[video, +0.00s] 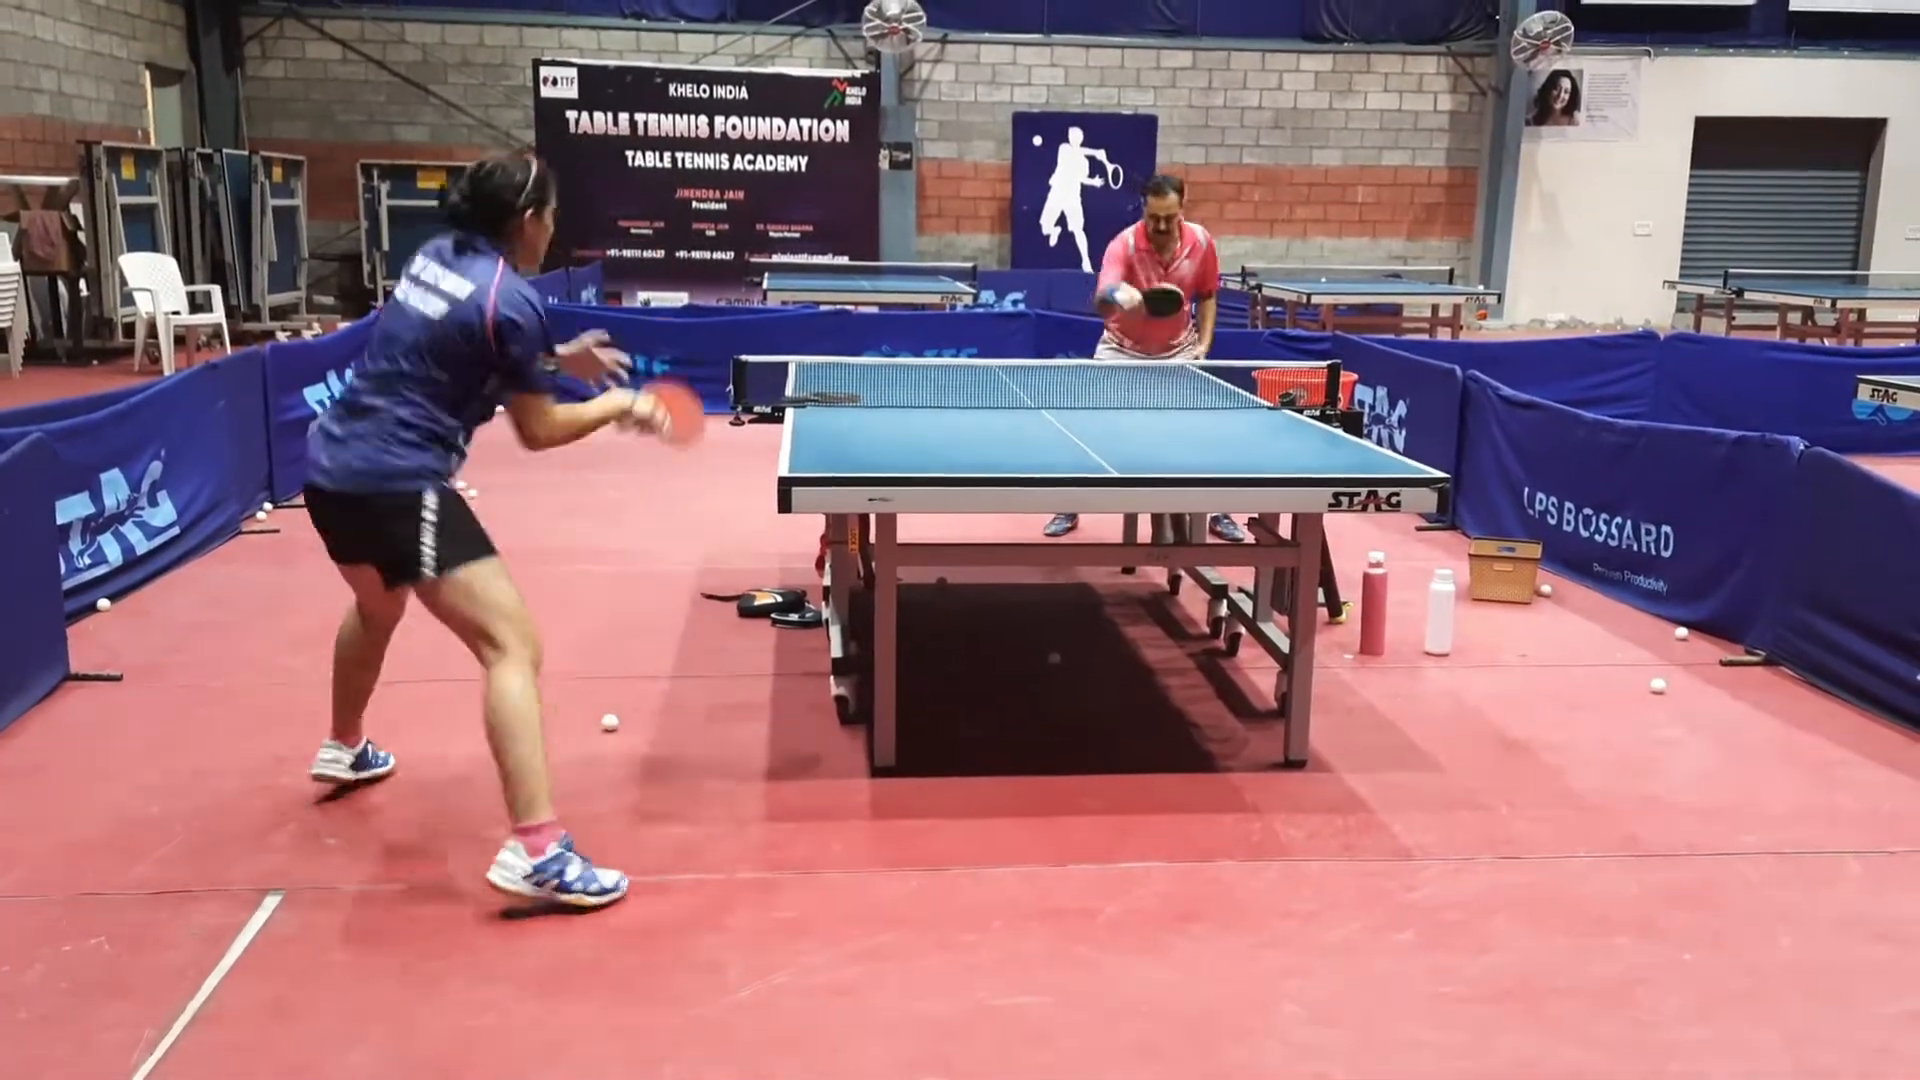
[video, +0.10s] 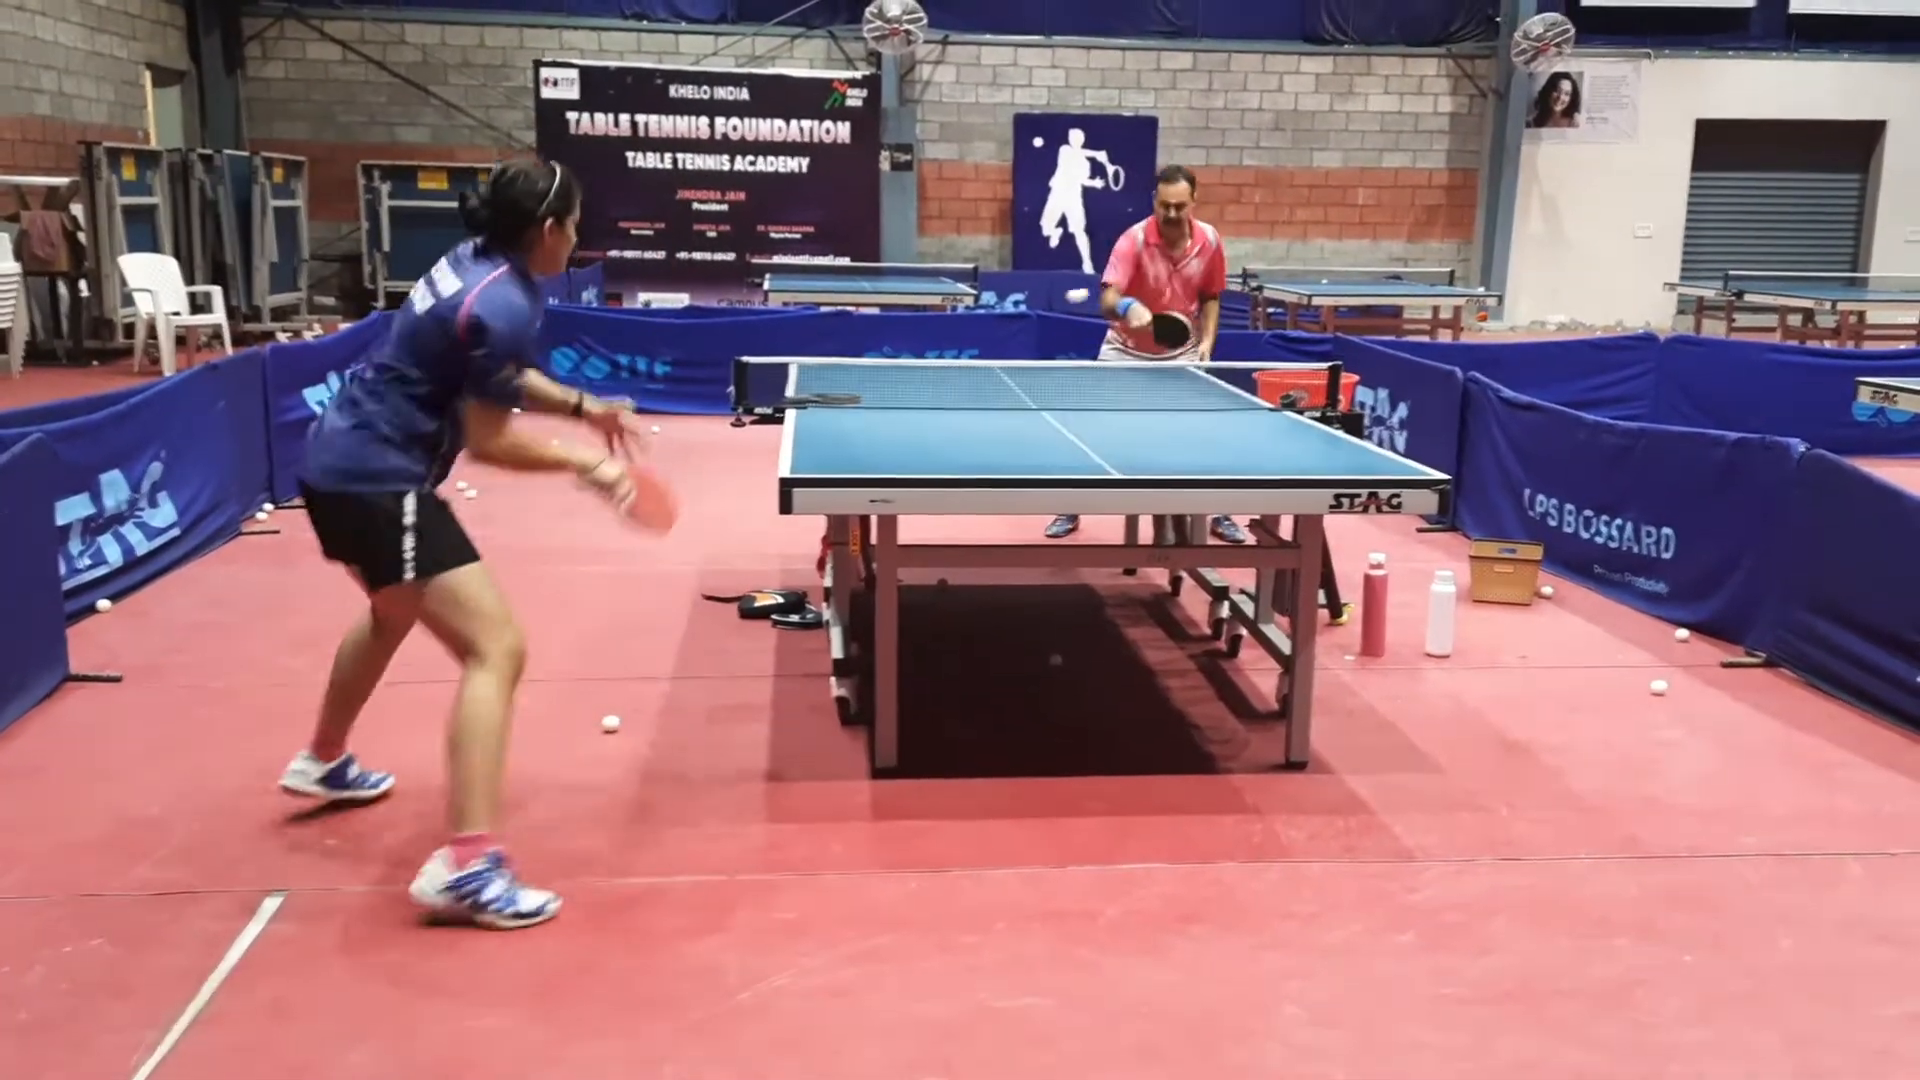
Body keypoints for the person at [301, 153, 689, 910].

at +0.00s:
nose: (551, 230)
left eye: (550, 215)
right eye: (548, 216)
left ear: (479, 210)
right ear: (527, 220)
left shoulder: (439, 252)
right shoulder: (511, 302)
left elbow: (467, 358)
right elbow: (538, 426)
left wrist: (559, 356)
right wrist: (620, 408)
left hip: (330, 470)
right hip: (403, 481)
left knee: (377, 603)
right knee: (511, 648)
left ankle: (341, 747)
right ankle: (537, 849)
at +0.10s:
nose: (573, 239)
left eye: (573, 225)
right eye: (570, 226)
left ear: (510, 221)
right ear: (543, 230)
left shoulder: (475, 262)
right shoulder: (505, 308)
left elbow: (499, 374)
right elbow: (484, 439)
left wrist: (583, 407)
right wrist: (579, 463)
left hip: (336, 464)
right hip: (381, 479)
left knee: (392, 614)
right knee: (498, 651)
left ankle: (320, 760)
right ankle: (469, 861)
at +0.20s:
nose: (590, 286)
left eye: (589, 273)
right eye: (584, 273)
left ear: (538, 274)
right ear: (552, 280)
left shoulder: (520, 337)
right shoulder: (483, 351)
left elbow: (534, 429)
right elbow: (431, 481)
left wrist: (597, 484)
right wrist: (538, 529)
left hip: (367, 507)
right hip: (367, 515)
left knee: (411, 650)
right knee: (501, 671)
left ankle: (309, 776)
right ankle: (459, 873)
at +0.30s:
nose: (588, 333)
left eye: (587, 319)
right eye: (581, 320)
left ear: (538, 322)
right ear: (547, 325)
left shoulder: (537, 388)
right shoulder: (451, 391)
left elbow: (551, 476)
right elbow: (379, 508)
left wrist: (586, 551)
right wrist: (476, 578)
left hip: (393, 539)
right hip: (349, 541)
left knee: (435, 669)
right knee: (499, 678)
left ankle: (307, 778)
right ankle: (456, 879)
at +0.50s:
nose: (550, 353)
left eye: (550, 340)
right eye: (542, 340)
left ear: (500, 342)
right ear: (495, 344)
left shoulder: (521, 393)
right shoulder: (396, 411)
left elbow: (544, 485)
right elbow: (326, 527)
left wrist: (574, 582)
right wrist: (366, 620)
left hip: (407, 548)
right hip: (351, 549)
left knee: (424, 689)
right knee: (478, 673)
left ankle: (303, 781)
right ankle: (451, 883)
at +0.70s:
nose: (501, 275)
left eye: (503, 260)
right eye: (492, 262)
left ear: (445, 257)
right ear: (441, 259)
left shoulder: (422, 289)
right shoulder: (417, 346)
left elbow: (482, 344)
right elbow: (484, 456)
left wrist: (584, 345)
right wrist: (576, 420)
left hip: (356, 507)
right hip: (362, 516)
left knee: (399, 659)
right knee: (478, 671)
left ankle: (293, 784)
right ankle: (452, 879)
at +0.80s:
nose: (507, 223)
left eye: (509, 209)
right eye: (498, 211)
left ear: (438, 208)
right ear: (453, 212)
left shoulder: (384, 241)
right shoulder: (456, 277)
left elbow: (444, 278)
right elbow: (593, 294)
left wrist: (516, 247)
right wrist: (584, 191)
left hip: (321, 486)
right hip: (377, 493)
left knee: (367, 635)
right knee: (483, 659)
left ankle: (294, 781)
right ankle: (459, 865)